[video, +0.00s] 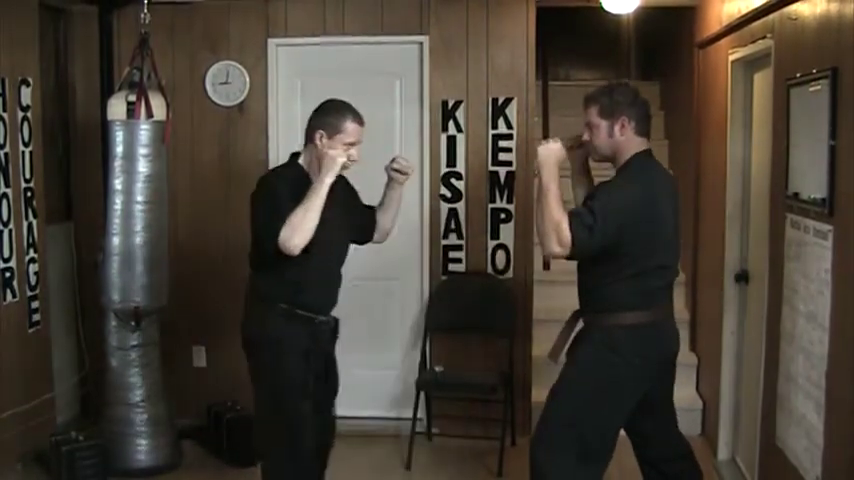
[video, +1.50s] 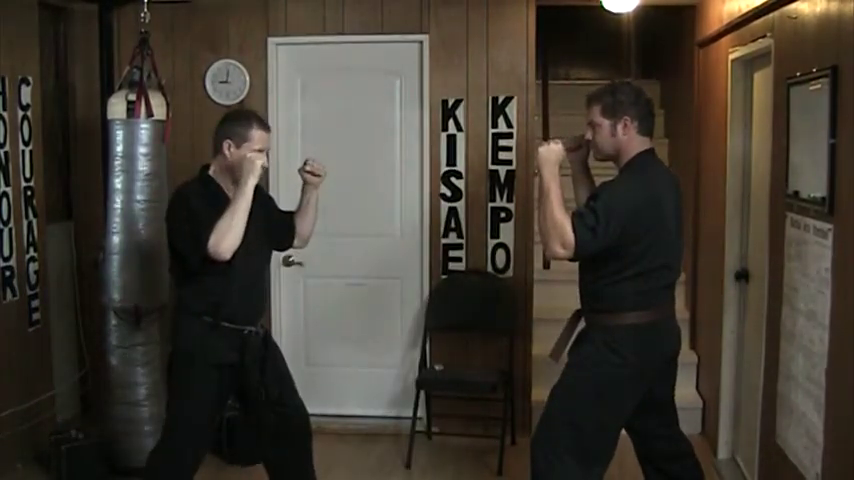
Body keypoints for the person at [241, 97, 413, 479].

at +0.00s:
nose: (355, 155)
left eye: (357, 146)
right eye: (347, 146)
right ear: (319, 140)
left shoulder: (339, 189)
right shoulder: (276, 184)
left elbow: (377, 231)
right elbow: (291, 241)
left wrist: (394, 186)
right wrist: (325, 178)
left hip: (319, 329)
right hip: (277, 327)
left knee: (318, 436)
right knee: (288, 441)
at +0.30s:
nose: (321, 160)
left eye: (324, 151)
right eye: (315, 150)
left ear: (292, 145)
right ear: (285, 143)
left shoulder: (302, 193)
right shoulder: (245, 190)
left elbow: (338, 233)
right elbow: (271, 244)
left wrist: (359, 191)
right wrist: (305, 183)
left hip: (288, 332)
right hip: (242, 332)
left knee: (304, 434)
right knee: (241, 445)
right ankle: (195, 468)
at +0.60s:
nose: (272, 164)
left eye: (275, 155)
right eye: (267, 154)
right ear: (238, 148)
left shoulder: (256, 196)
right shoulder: (196, 195)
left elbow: (290, 244)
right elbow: (224, 251)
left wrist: (311, 200)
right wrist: (256, 190)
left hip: (249, 340)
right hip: (201, 339)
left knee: (286, 430)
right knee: (180, 442)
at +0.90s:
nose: (265, 163)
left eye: (267, 154)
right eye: (258, 154)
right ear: (228, 150)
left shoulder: (252, 196)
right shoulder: (190, 199)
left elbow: (291, 241)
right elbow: (217, 252)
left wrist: (308, 196)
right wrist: (246, 190)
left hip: (252, 341)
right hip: (202, 342)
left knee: (293, 427)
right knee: (183, 446)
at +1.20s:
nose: (266, 162)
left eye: (268, 153)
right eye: (260, 152)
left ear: (235, 151)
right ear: (230, 150)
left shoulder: (251, 197)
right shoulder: (192, 198)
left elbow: (293, 239)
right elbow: (224, 249)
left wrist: (310, 193)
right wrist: (252, 187)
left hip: (252, 340)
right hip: (203, 341)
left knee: (294, 426)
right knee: (186, 442)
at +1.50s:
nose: (264, 161)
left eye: (266, 152)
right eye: (258, 151)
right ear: (228, 150)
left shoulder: (252, 196)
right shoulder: (190, 198)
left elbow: (297, 236)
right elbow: (220, 248)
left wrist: (310, 190)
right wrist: (246, 184)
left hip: (252, 340)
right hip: (202, 341)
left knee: (292, 428)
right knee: (186, 442)